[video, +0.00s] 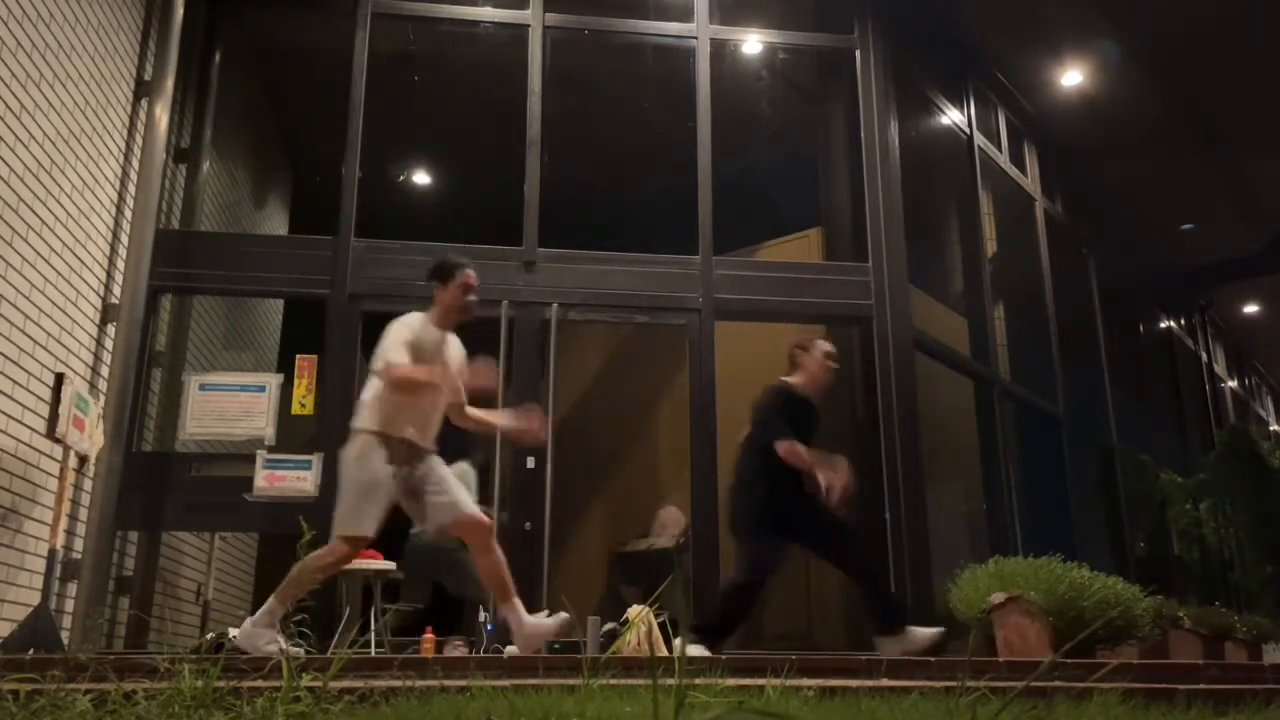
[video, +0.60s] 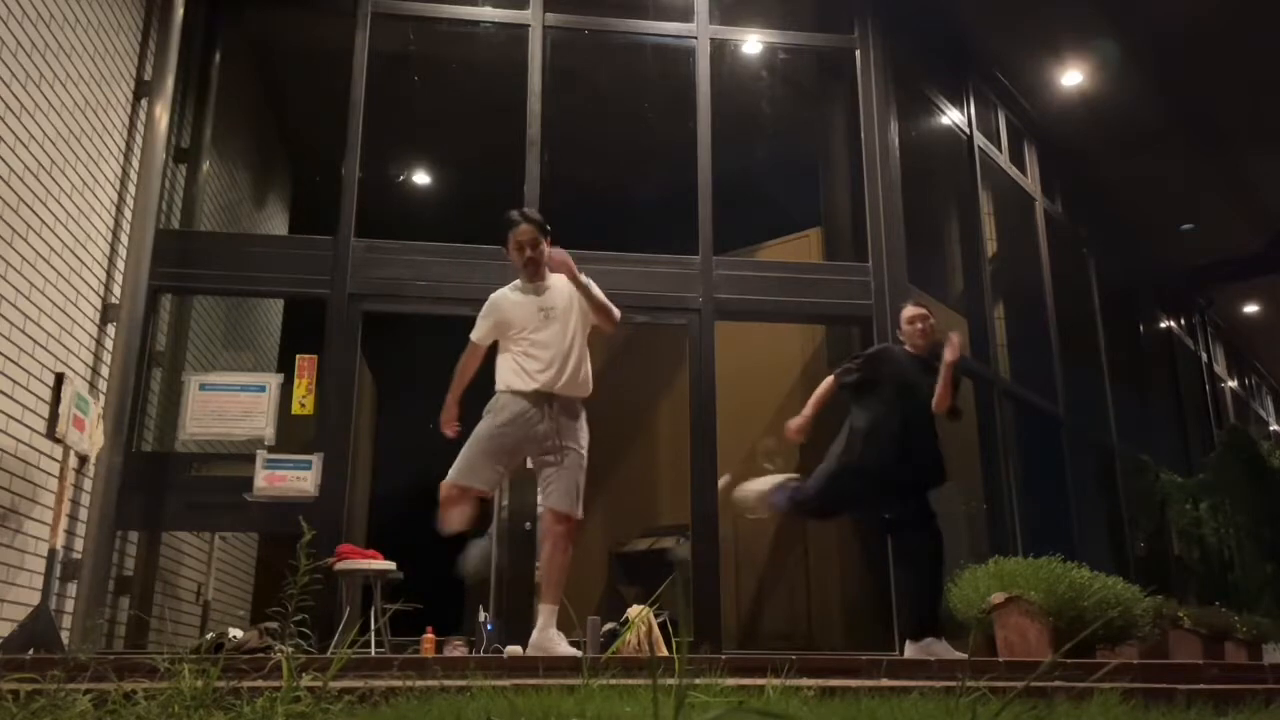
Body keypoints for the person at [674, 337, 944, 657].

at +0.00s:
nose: (834, 366)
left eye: (835, 360)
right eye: (827, 358)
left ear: (810, 363)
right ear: (802, 358)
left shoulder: (807, 407)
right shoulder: (779, 398)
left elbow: (798, 453)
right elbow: (785, 447)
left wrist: (835, 467)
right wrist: (824, 466)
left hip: (792, 504)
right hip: (761, 505)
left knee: (855, 552)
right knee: (751, 577)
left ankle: (891, 632)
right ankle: (699, 641)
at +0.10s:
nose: (871, 380)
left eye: (873, 373)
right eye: (865, 371)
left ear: (859, 377)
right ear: (841, 371)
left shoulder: (849, 417)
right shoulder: (820, 407)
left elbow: (819, 465)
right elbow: (795, 455)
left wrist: (835, 505)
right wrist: (804, 510)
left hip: (821, 508)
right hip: (785, 506)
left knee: (873, 568)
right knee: (764, 580)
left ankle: (918, 636)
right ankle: (701, 639)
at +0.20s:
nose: (912, 377)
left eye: (912, 371)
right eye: (905, 370)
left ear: (903, 380)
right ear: (881, 374)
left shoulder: (885, 419)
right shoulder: (856, 405)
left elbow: (871, 469)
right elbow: (812, 433)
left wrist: (880, 500)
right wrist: (781, 472)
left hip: (856, 507)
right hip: (813, 503)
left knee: (899, 559)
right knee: (764, 566)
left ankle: (921, 637)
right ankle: (705, 631)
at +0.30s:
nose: (931, 364)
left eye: (933, 358)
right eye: (924, 355)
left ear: (929, 368)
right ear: (902, 360)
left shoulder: (910, 413)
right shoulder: (876, 388)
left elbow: (892, 470)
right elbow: (824, 400)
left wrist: (915, 477)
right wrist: (783, 431)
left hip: (862, 494)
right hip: (821, 483)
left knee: (897, 557)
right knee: (768, 538)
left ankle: (920, 638)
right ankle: (706, 594)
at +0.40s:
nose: (933, 345)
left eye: (937, 341)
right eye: (925, 338)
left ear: (940, 354)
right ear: (905, 347)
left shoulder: (927, 407)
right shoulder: (882, 370)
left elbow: (917, 458)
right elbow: (830, 383)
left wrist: (942, 445)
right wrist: (791, 411)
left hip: (876, 488)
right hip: (837, 473)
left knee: (899, 558)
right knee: (774, 518)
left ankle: (919, 638)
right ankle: (699, 541)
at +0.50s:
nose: (929, 334)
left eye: (933, 329)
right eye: (921, 328)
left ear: (938, 341)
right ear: (905, 338)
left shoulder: (934, 386)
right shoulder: (888, 360)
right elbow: (834, 378)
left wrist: (951, 409)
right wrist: (796, 409)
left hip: (892, 478)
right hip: (851, 463)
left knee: (916, 547)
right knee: (799, 504)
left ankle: (920, 638)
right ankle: (723, 504)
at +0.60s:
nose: (922, 326)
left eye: (926, 320)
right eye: (913, 322)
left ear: (935, 327)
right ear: (900, 331)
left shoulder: (937, 369)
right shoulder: (884, 355)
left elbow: (941, 407)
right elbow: (835, 379)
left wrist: (949, 361)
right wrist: (805, 417)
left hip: (904, 473)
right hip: (859, 461)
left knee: (924, 548)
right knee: (815, 503)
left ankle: (922, 636)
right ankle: (775, 492)